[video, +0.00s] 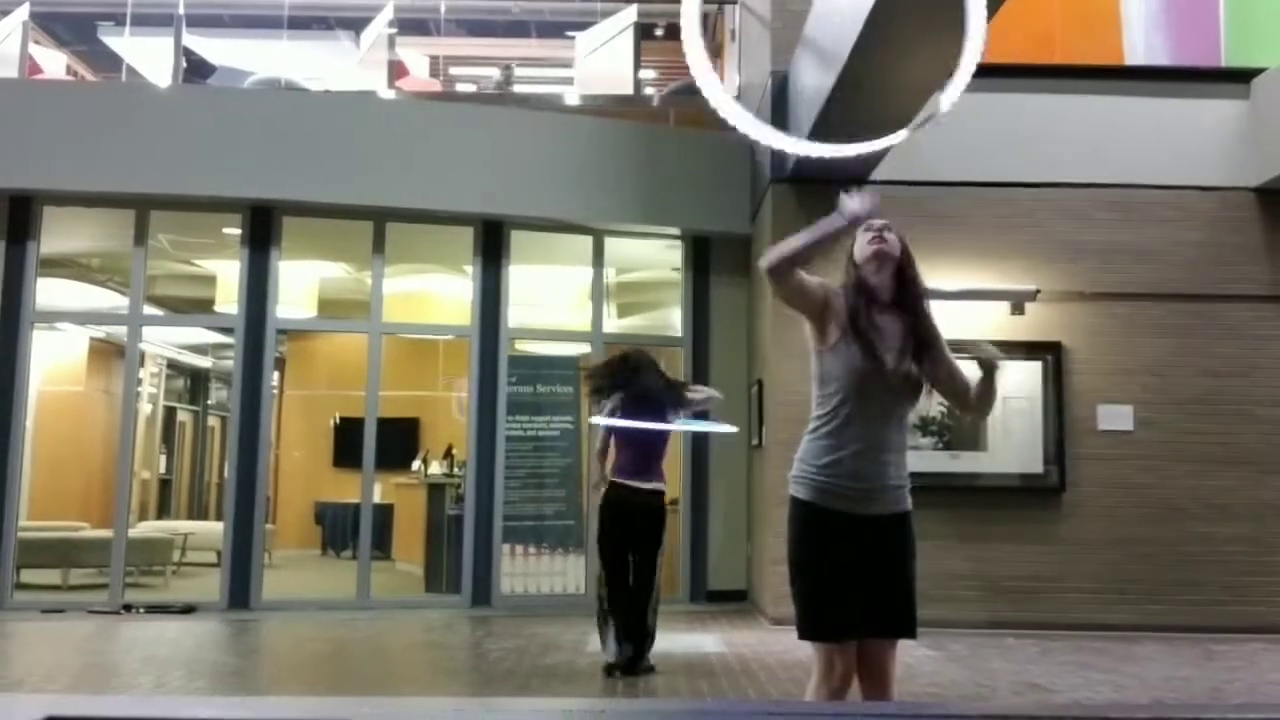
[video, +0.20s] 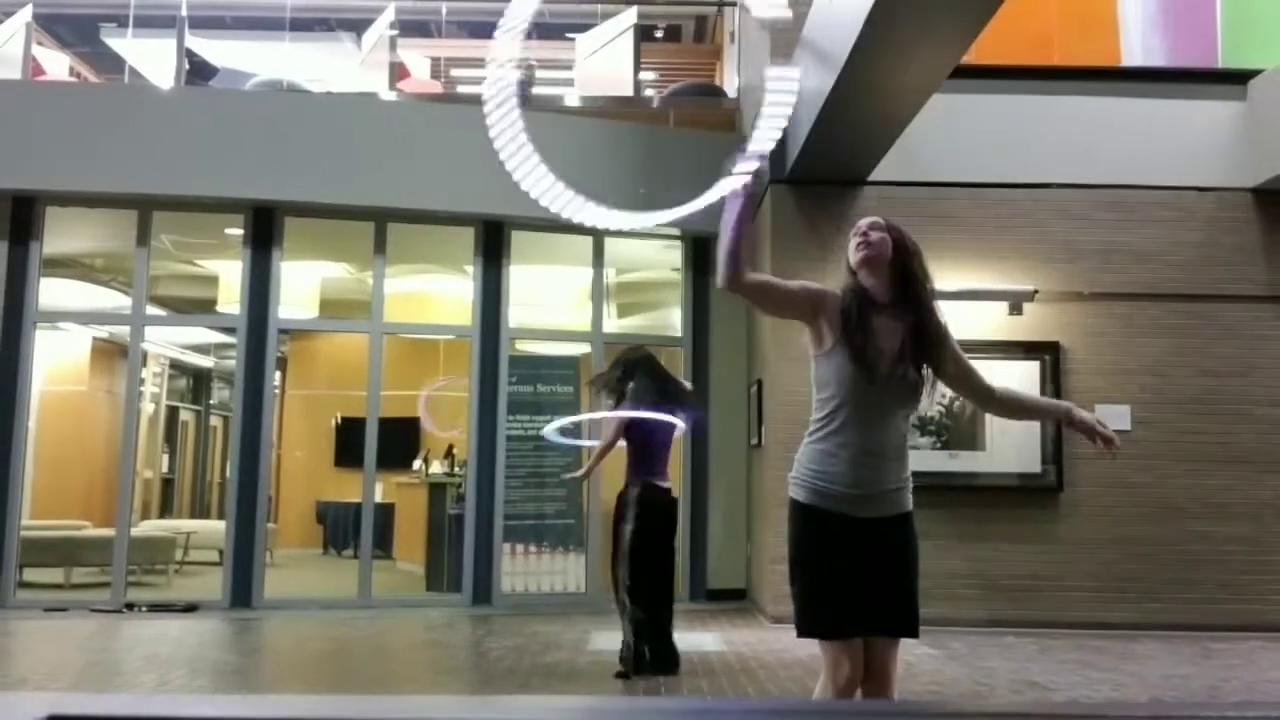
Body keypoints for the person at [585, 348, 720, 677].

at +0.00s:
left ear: (621, 378)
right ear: (656, 375)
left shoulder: (615, 403)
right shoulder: (670, 404)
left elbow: (601, 450)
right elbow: (713, 397)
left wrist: (602, 480)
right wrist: (684, 391)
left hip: (618, 498)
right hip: (652, 501)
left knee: (616, 576)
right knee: (645, 577)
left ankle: (625, 652)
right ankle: (639, 656)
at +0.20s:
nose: (618, 389)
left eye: (620, 382)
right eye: (618, 383)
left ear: (630, 379)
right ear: (655, 375)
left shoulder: (631, 403)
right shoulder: (671, 405)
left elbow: (610, 439)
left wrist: (586, 469)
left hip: (638, 499)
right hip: (664, 498)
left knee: (627, 574)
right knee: (660, 575)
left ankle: (637, 655)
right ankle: (664, 654)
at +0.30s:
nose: (622, 394)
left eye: (624, 386)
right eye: (621, 387)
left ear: (637, 380)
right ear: (652, 376)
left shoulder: (649, 406)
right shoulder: (667, 405)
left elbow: (631, 448)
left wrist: (594, 478)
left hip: (646, 499)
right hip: (658, 498)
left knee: (633, 576)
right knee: (653, 577)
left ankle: (635, 658)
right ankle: (663, 657)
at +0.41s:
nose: (626, 379)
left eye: (630, 373)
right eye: (626, 373)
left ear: (643, 375)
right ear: (650, 375)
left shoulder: (666, 407)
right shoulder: (643, 408)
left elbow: (662, 453)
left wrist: (631, 479)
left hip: (661, 495)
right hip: (647, 494)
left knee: (652, 577)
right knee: (651, 577)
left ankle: (640, 658)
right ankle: (659, 654)